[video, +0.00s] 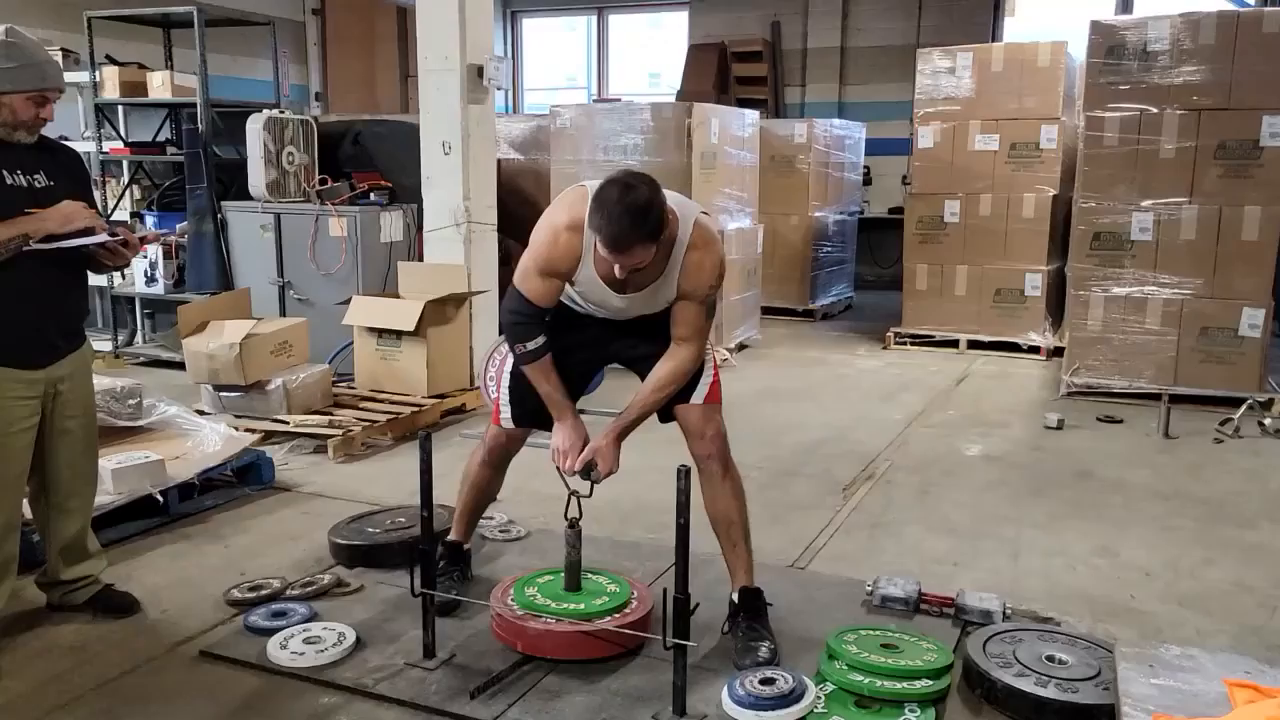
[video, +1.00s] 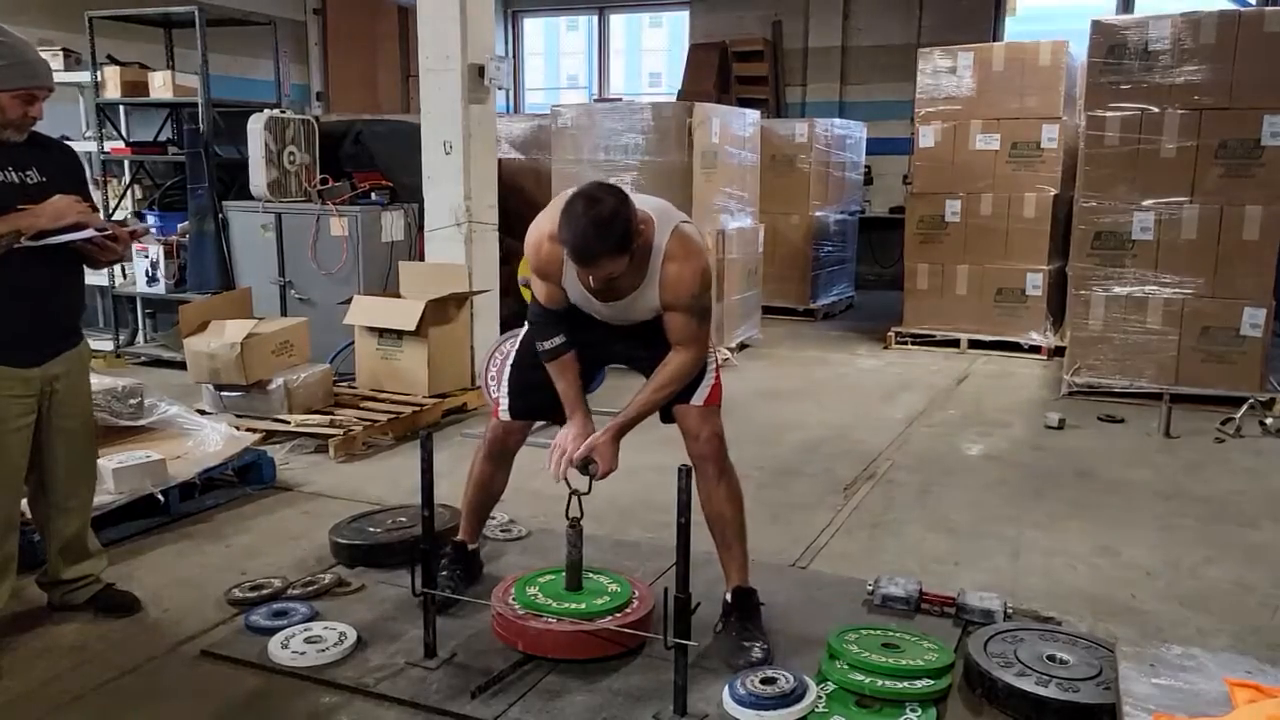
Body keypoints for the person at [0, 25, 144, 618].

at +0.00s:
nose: (49, 112)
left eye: (53, 100)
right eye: (38, 100)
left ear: (53, 97)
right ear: (3, 94)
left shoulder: (65, 161)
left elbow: (88, 251)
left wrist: (115, 255)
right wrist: (40, 221)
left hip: (68, 351)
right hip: (7, 360)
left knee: (72, 476)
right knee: (6, 493)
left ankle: (73, 583)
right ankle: (2, 599)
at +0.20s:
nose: (46, 111)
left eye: (50, 99)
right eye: (36, 99)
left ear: (50, 96)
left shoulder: (64, 160)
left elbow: (88, 249)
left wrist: (114, 254)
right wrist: (39, 221)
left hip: (67, 352)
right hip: (6, 361)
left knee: (71, 477)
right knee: (6, 493)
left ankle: (74, 583)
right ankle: (2, 599)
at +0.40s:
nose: (42, 110)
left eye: (47, 99)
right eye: (32, 99)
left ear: (48, 96)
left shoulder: (63, 159)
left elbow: (85, 249)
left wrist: (111, 253)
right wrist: (37, 220)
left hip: (65, 350)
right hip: (6, 359)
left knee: (70, 476)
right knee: (7, 491)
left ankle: (74, 582)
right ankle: (1, 601)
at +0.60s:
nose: (39, 110)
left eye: (44, 99)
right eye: (27, 99)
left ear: (47, 95)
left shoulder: (62, 158)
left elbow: (85, 243)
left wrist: (109, 252)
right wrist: (37, 218)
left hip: (65, 348)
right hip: (6, 357)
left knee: (70, 475)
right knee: (8, 490)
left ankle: (74, 582)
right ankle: (3, 599)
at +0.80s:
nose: (38, 110)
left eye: (43, 98)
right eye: (27, 98)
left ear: (45, 95)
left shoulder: (60, 158)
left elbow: (87, 241)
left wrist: (109, 251)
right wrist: (37, 217)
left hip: (64, 348)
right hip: (5, 357)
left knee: (70, 475)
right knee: (6, 490)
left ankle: (74, 581)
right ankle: (3, 598)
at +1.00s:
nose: (36, 109)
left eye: (41, 98)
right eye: (25, 98)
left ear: (44, 95)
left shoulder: (60, 158)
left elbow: (87, 241)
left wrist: (108, 251)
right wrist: (37, 218)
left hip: (64, 348)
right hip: (6, 357)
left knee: (70, 474)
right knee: (7, 490)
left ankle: (74, 581)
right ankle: (5, 598)